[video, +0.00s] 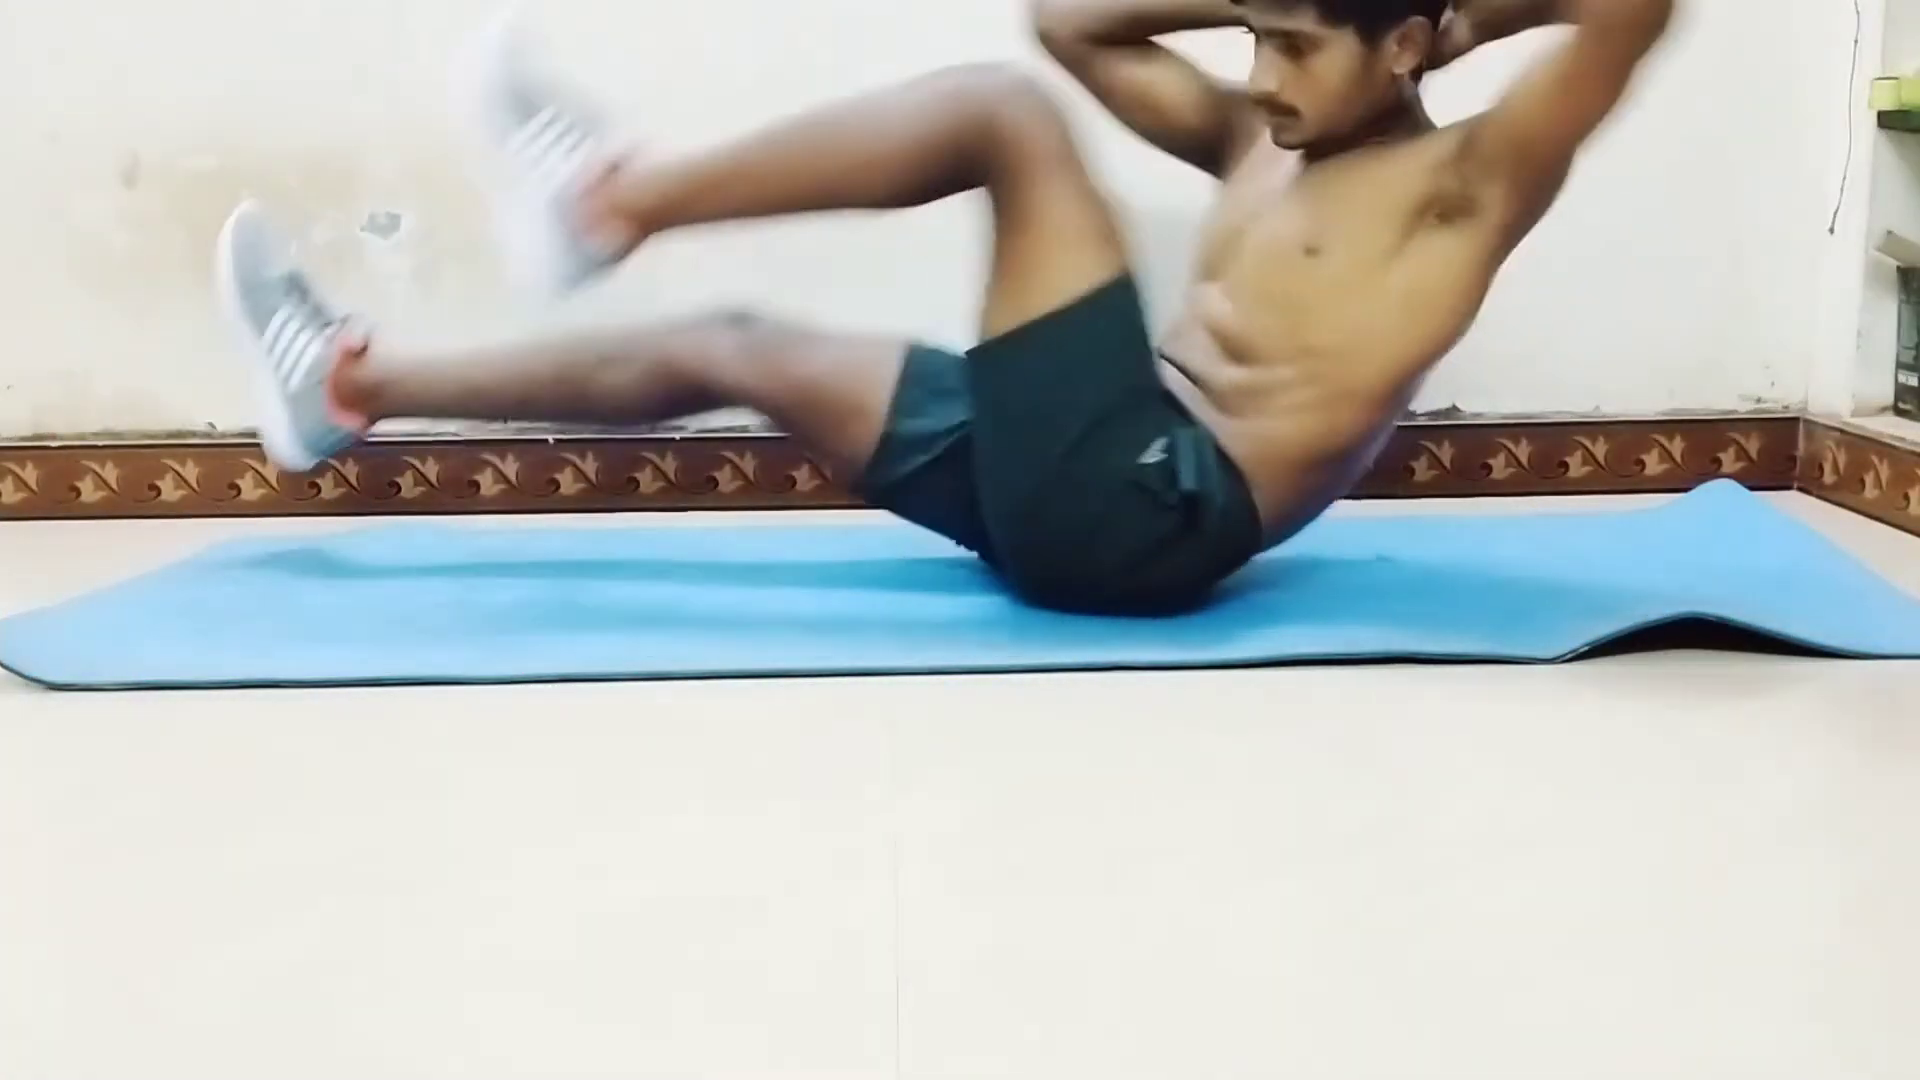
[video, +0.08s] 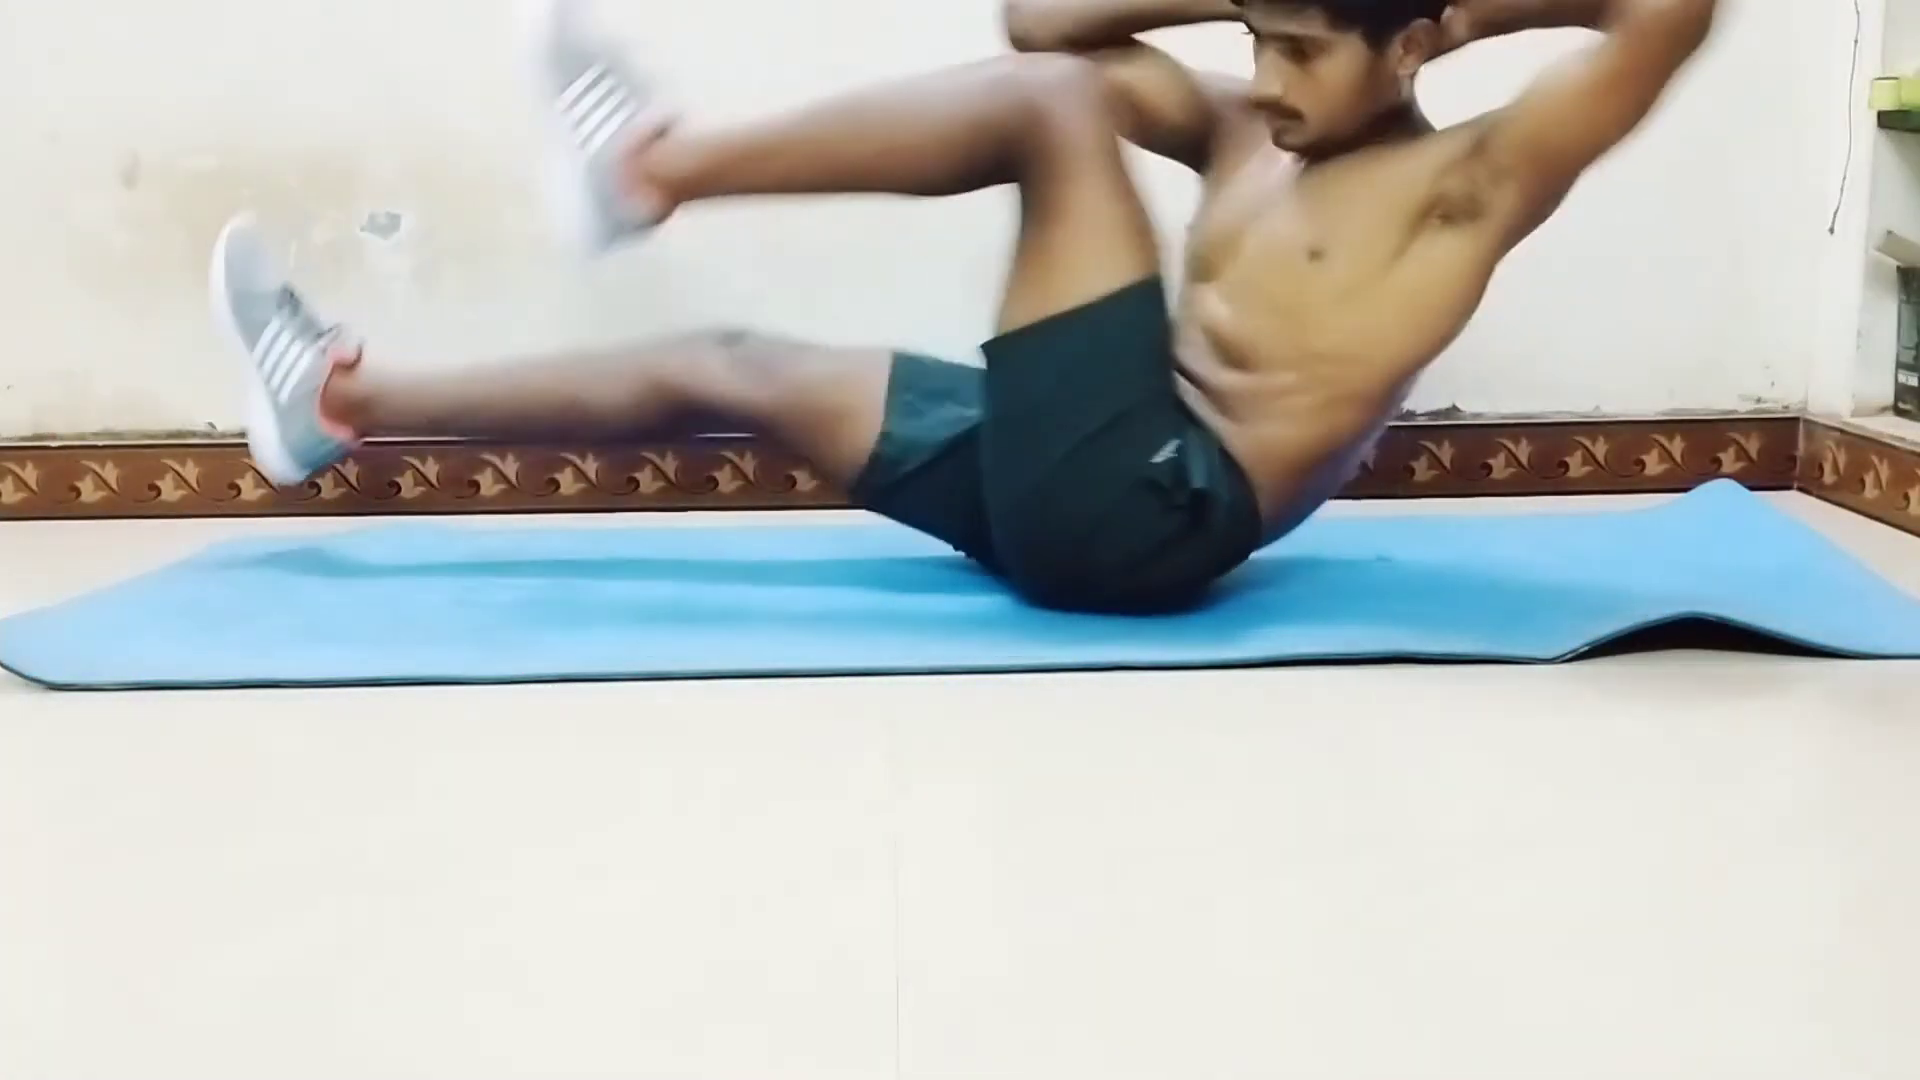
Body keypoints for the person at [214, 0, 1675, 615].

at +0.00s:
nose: (1267, 77)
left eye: (1298, 51)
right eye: (1262, 52)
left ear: (1400, 51)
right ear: (1280, 60)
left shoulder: (1467, 178)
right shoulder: (1258, 138)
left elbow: (1640, 15)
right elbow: (1063, 38)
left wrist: (1470, 27)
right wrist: (1256, 35)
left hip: (1153, 504)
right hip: (1066, 468)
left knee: (1015, 111)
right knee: (734, 345)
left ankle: (620, 198)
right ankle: (357, 384)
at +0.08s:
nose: (1273, 73)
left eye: (1305, 53)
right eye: (1266, 54)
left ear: (1401, 58)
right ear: (1276, 67)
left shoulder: (1473, 179)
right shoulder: (1248, 127)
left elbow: (1680, 22)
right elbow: (1055, 54)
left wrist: (1494, 25)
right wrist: (1202, 30)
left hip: (1154, 503)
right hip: (1063, 452)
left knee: (1057, 112)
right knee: (718, 371)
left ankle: (660, 171)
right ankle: (344, 404)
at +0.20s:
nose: (1271, 78)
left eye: (1306, 58)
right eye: (1265, 50)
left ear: (1407, 60)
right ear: (1266, 47)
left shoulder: (1473, 174)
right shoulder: (1233, 114)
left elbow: (1720, 32)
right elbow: (1061, 51)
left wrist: (1546, 17)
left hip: (1159, 513)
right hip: (1069, 452)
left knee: (1084, 107)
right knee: (716, 380)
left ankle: (676, 125)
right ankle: (332, 423)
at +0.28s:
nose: (1285, 82)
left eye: (1318, 64)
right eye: (1276, 56)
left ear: (1412, 63)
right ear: (1272, 54)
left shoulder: (1477, 174)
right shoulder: (1240, 103)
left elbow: (1729, 29)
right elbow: (1064, 47)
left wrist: (1563, 12)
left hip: (1159, 513)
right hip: (1074, 449)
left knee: (1074, 105)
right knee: (707, 378)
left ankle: (672, 111)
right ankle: (336, 428)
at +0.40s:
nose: (1280, 92)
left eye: (1314, 70)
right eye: (1272, 68)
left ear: (1408, 69)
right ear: (1281, 73)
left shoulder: (1484, 179)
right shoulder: (1242, 118)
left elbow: (1699, 36)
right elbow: (1052, 36)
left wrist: (1552, 20)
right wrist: (1211, 9)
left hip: (1156, 508)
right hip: (1066, 462)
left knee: (1005, 125)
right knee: (724, 334)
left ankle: (607, 111)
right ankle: (354, 429)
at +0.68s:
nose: (1262, 86)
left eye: (1288, 48)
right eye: (1249, 56)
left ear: (1392, 50)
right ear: (1264, 69)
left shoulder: (1454, 186)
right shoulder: (1307, 157)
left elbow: (1530, 31)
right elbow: (1151, 41)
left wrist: (1453, 31)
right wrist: (1281, 34)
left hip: (1147, 513)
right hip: (1102, 456)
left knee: (831, 208)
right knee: (840, 184)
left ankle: (383, 193)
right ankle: (495, 374)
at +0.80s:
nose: (1227, 71)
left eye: (1250, 44)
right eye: (1234, 44)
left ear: (1358, 50)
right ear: (1338, 53)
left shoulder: (1405, 176)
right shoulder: (1336, 178)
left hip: (1143, 502)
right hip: (1100, 429)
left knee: (753, 308)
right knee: (934, 136)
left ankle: (297, 274)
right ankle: (597, 286)